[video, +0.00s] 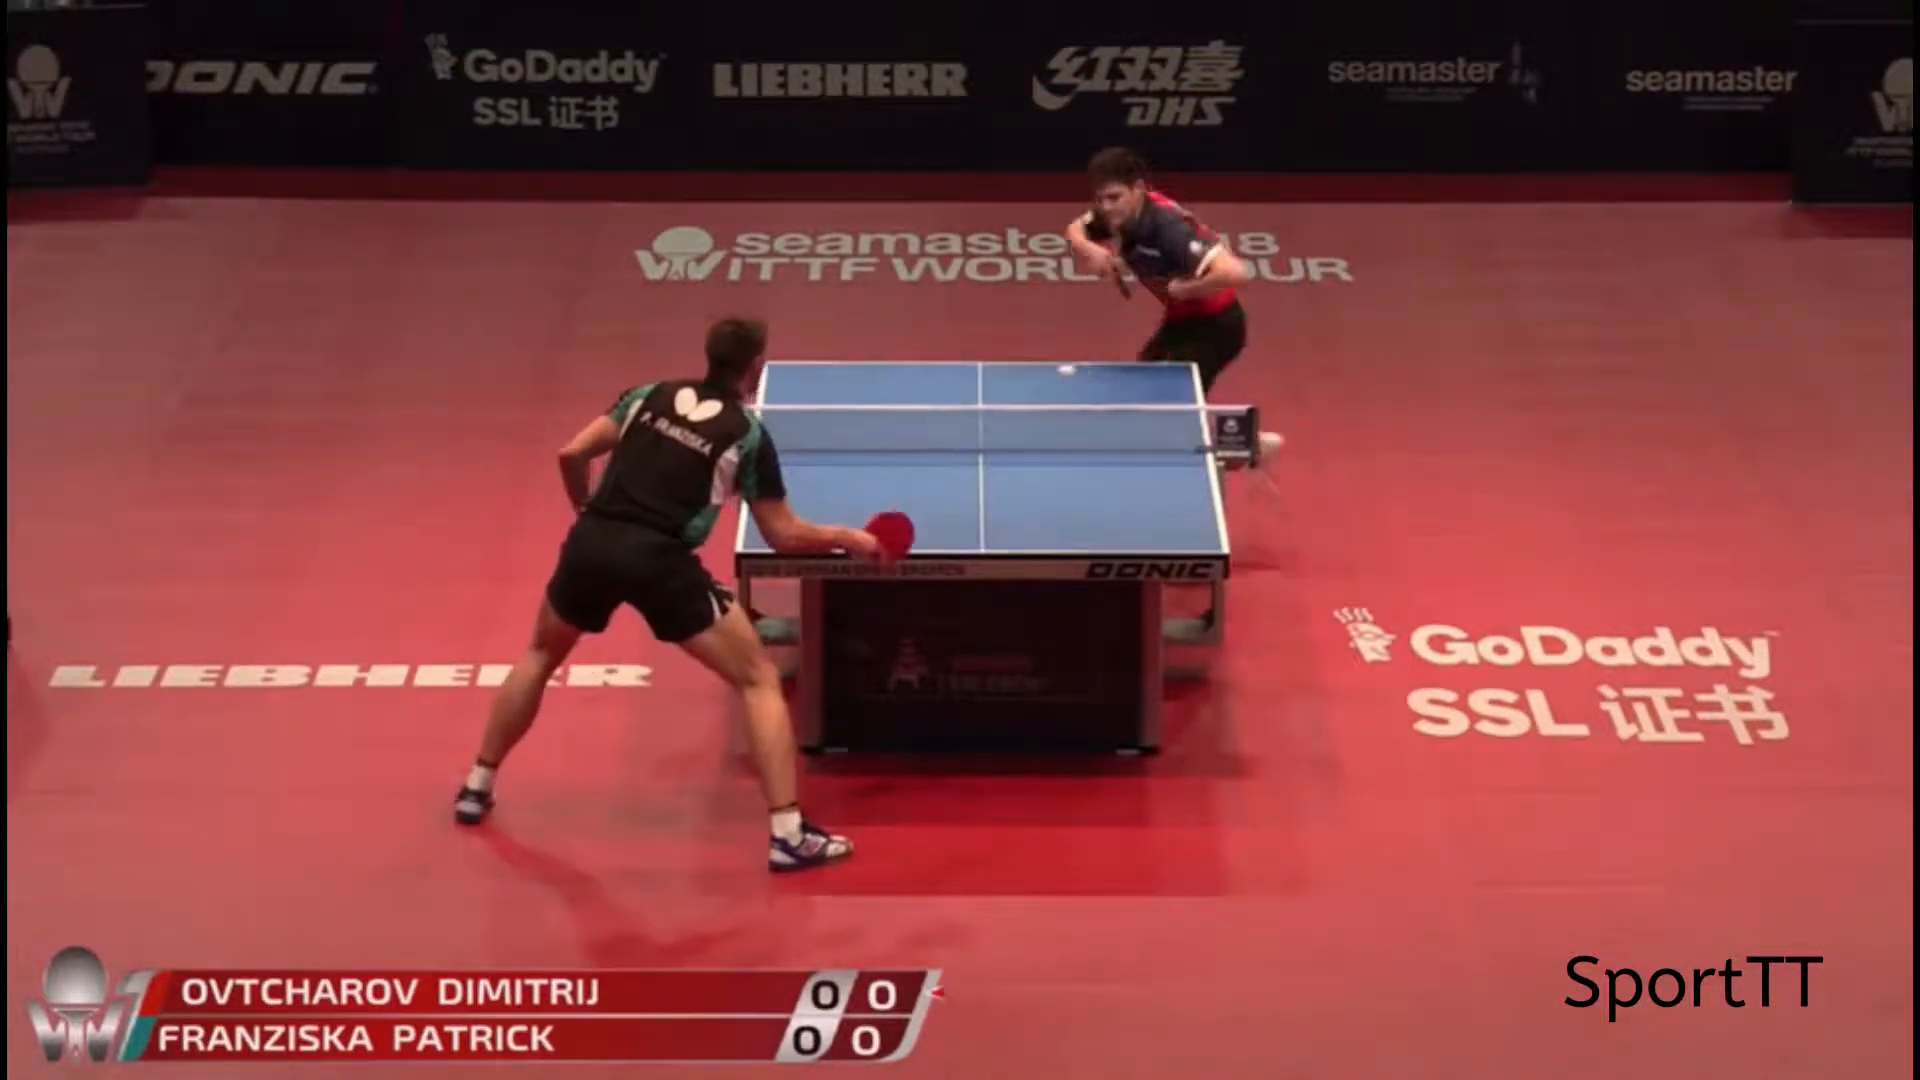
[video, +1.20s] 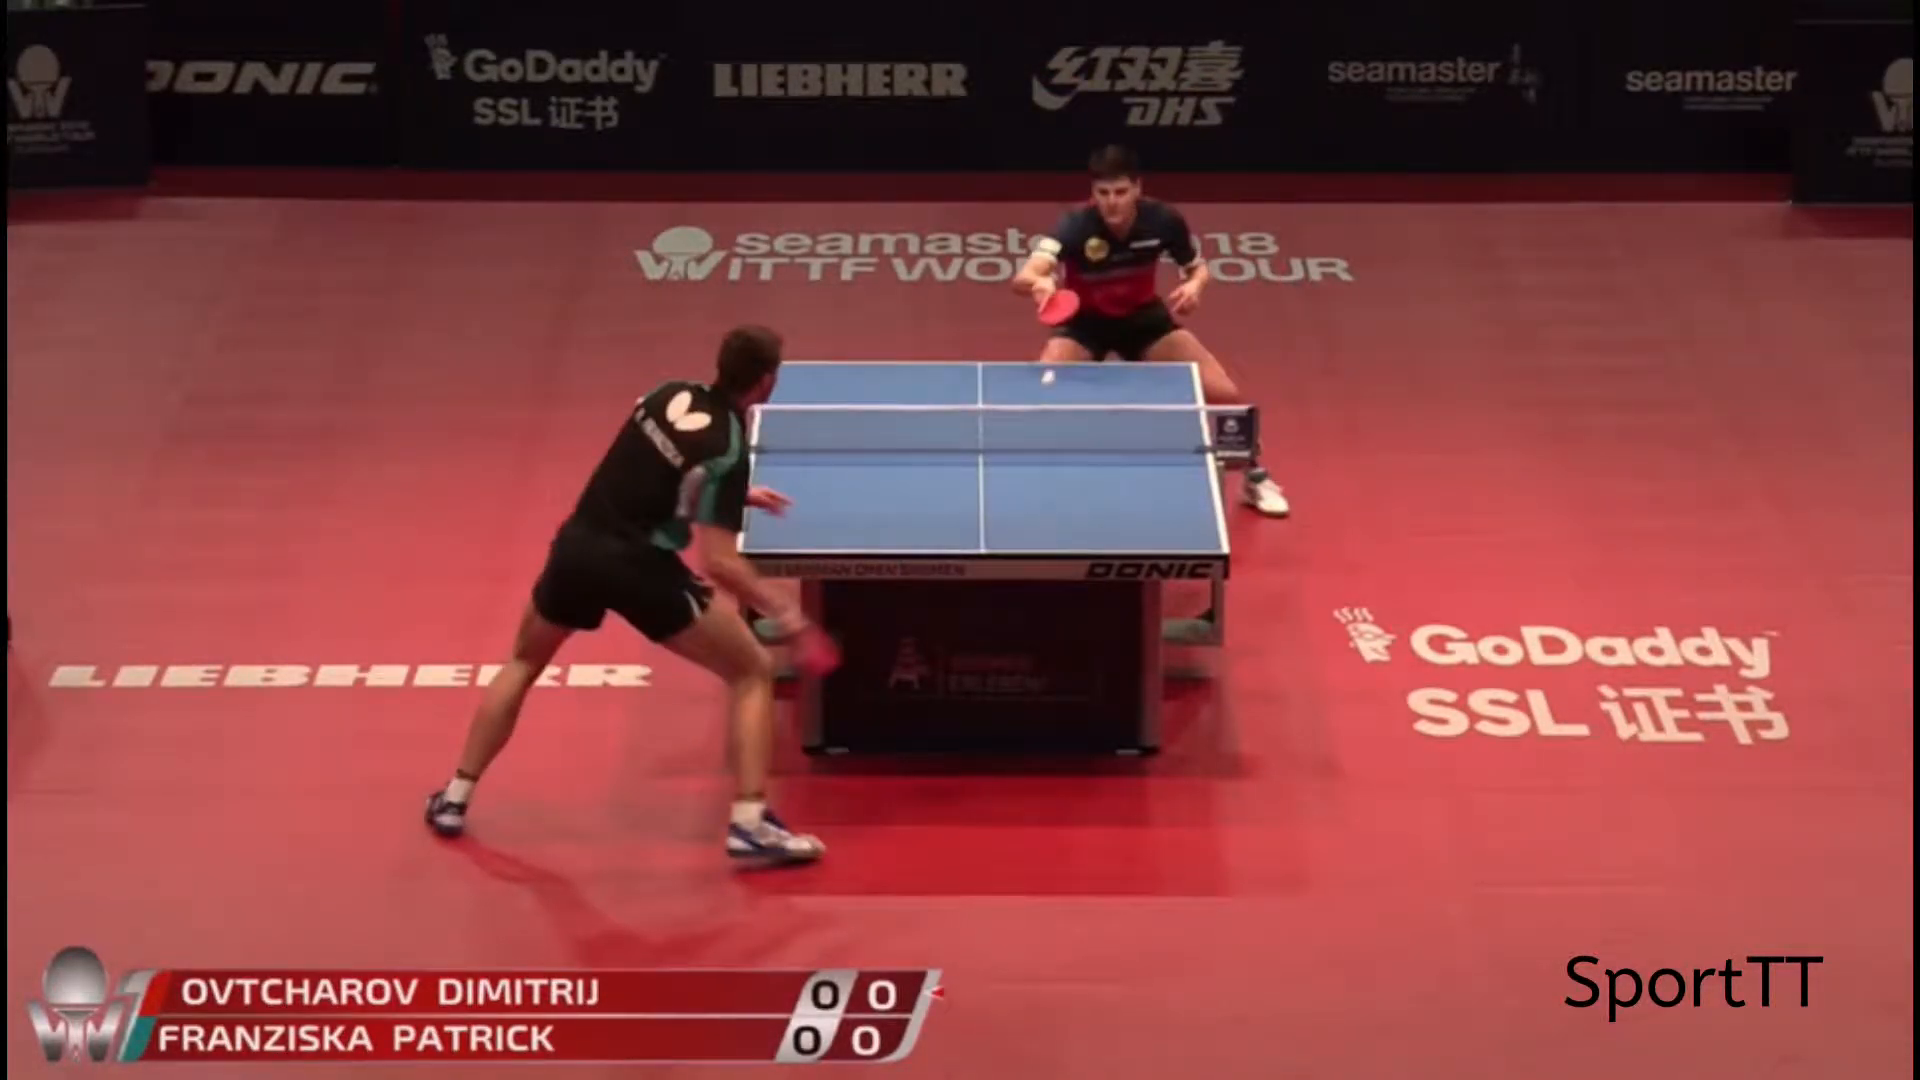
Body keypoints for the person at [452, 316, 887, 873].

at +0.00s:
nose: (762, 374)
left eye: (759, 366)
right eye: (761, 367)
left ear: (707, 362)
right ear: (752, 372)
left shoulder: (650, 396)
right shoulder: (748, 435)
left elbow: (572, 454)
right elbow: (783, 533)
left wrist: (587, 513)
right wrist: (847, 537)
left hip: (592, 545)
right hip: (660, 561)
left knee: (541, 655)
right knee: (758, 680)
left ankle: (475, 786)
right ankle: (790, 833)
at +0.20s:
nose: (741, 375)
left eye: (740, 365)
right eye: (741, 366)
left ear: (688, 356)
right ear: (732, 370)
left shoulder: (624, 389)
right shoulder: (726, 427)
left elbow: (543, 439)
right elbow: (766, 515)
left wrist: (543, 484)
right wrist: (812, 492)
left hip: (588, 548)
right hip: (664, 558)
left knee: (532, 654)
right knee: (765, 637)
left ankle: (470, 781)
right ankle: (801, 754)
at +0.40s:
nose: (760, 374)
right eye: (762, 366)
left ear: (713, 358)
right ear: (760, 371)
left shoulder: (678, 390)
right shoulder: (766, 426)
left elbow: (624, 440)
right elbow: (793, 472)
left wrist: (583, 462)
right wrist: (816, 477)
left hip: (656, 547)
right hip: (730, 553)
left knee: (566, 656)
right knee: (801, 642)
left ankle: (480, 773)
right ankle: (872, 753)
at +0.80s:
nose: (783, 358)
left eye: (776, 349)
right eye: (784, 351)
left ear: (731, 349)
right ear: (780, 359)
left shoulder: (677, 389)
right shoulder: (787, 428)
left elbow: (610, 440)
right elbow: (826, 521)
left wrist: (601, 487)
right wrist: (849, 496)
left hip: (641, 540)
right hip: (716, 552)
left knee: (570, 655)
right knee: (807, 650)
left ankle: (504, 786)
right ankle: (846, 795)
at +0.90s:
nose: (786, 390)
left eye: (774, 378)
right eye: (785, 382)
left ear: (730, 378)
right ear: (778, 390)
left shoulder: (670, 428)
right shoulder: (780, 463)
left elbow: (603, 496)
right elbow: (820, 556)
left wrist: (624, 529)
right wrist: (865, 539)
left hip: (627, 579)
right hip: (697, 595)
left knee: (556, 672)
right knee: (802, 706)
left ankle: (478, 792)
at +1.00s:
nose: (782, 397)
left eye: (775, 385)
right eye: (782, 390)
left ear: (727, 384)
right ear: (772, 396)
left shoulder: (670, 431)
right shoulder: (773, 467)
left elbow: (599, 497)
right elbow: (813, 563)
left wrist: (620, 523)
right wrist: (864, 553)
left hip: (619, 585)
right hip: (692, 601)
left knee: (554, 680)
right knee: (801, 704)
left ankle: (470, 799)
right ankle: (777, 849)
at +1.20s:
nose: (773, 386)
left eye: (770, 375)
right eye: (773, 379)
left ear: (720, 367)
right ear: (763, 387)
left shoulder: (672, 393)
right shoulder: (730, 448)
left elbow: (676, 470)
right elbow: (718, 558)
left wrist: (739, 493)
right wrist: (777, 603)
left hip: (576, 548)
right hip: (641, 567)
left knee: (522, 663)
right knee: (752, 673)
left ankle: (455, 796)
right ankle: (751, 820)